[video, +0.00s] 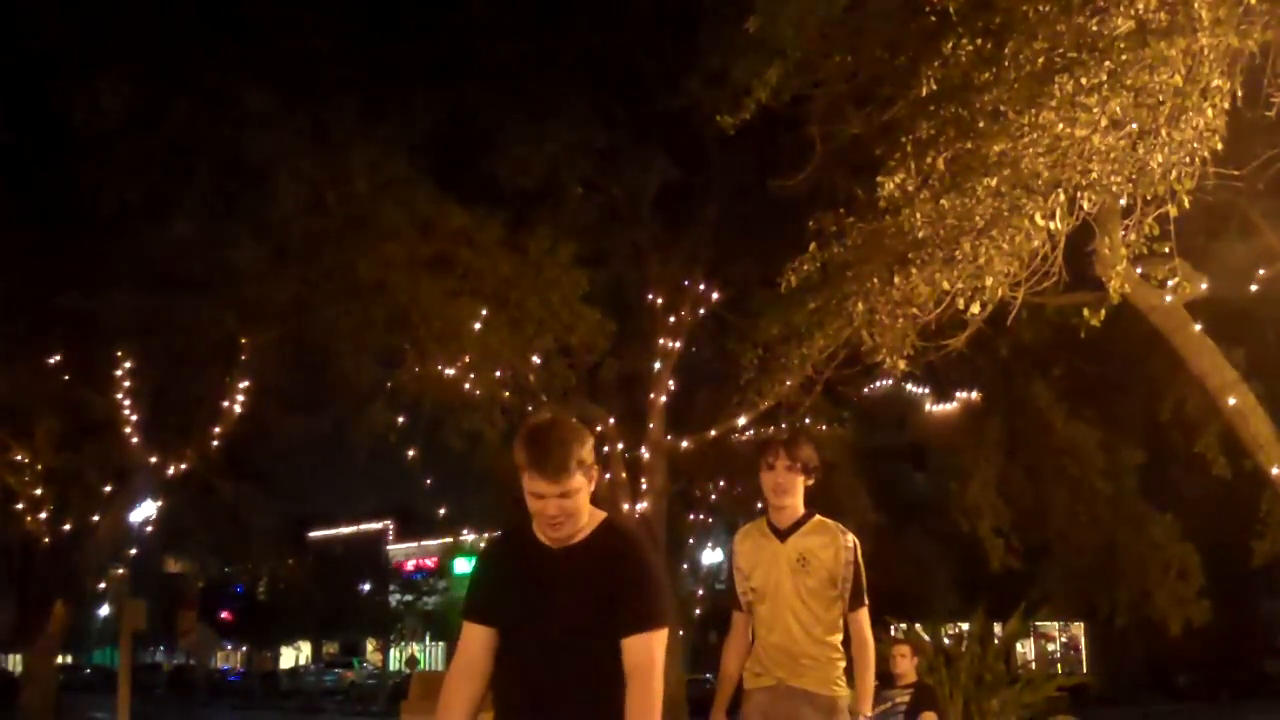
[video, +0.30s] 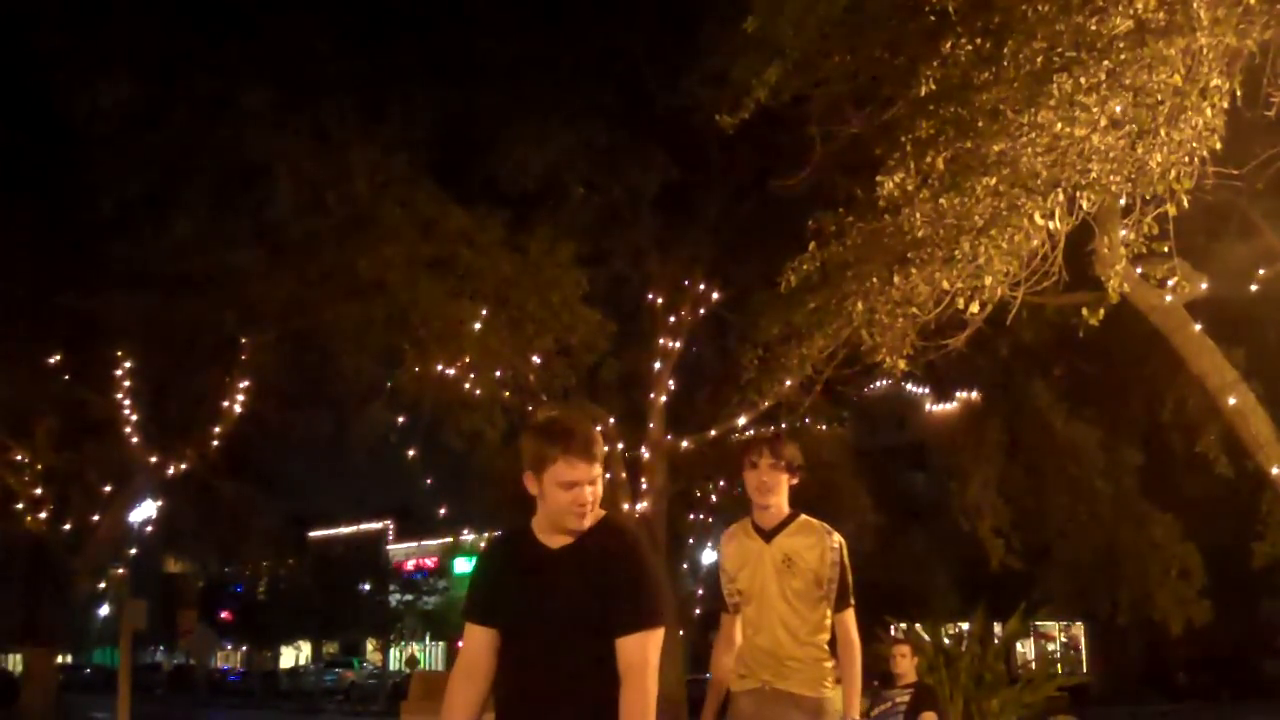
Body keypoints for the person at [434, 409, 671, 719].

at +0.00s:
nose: (551, 510)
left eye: (565, 495)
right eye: (537, 495)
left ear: (592, 478)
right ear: (522, 483)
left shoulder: (629, 557)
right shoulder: (502, 556)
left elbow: (643, 679)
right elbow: (468, 669)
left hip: (600, 711)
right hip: (518, 711)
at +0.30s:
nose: (585, 497)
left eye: (593, 482)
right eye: (569, 486)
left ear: (603, 476)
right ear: (532, 484)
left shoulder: (624, 553)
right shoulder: (502, 557)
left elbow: (638, 680)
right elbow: (471, 671)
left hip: (601, 711)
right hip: (519, 710)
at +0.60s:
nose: (598, 486)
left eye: (604, 473)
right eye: (582, 474)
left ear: (611, 472)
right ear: (541, 477)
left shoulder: (625, 553)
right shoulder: (503, 555)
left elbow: (641, 683)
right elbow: (474, 671)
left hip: (600, 712)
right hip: (519, 710)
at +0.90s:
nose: (598, 485)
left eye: (603, 472)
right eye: (581, 473)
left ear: (611, 472)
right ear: (540, 476)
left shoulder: (625, 552)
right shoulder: (503, 556)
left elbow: (642, 680)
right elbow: (477, 671)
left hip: (602, 710)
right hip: (520, 711)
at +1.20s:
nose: (581, 490)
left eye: (590, 475)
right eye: (564, 478)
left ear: (603, 473)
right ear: (533, 478)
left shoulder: (629, 554)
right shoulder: (506, 556)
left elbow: (643, 681)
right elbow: (479, 673)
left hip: (606, 711)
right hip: (523, 710)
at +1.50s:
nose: (539, 498)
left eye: (555, 483)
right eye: (528, 483)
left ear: (587, 476)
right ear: (517, 481)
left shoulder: (626, 552)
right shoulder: (506, 558)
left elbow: (649, 681)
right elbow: (482, 674)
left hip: (607, 711)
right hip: (523, 711)